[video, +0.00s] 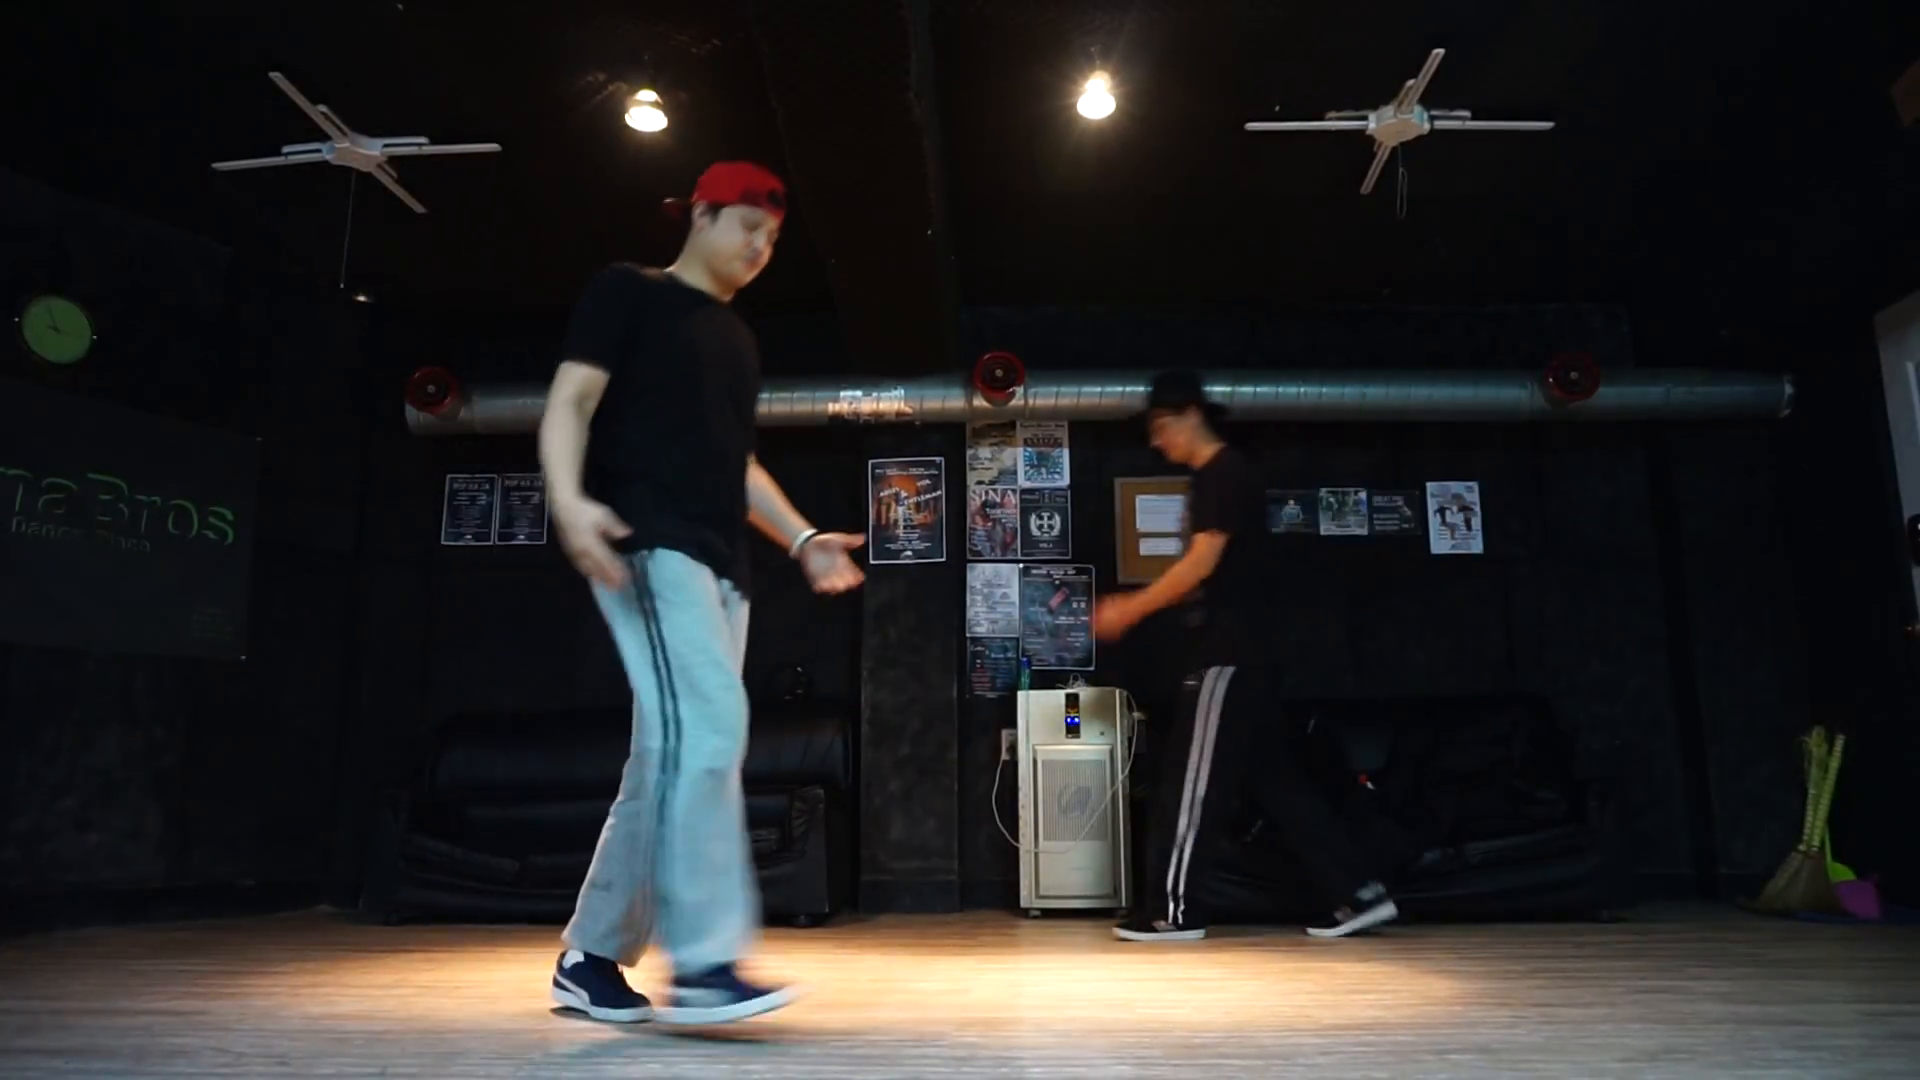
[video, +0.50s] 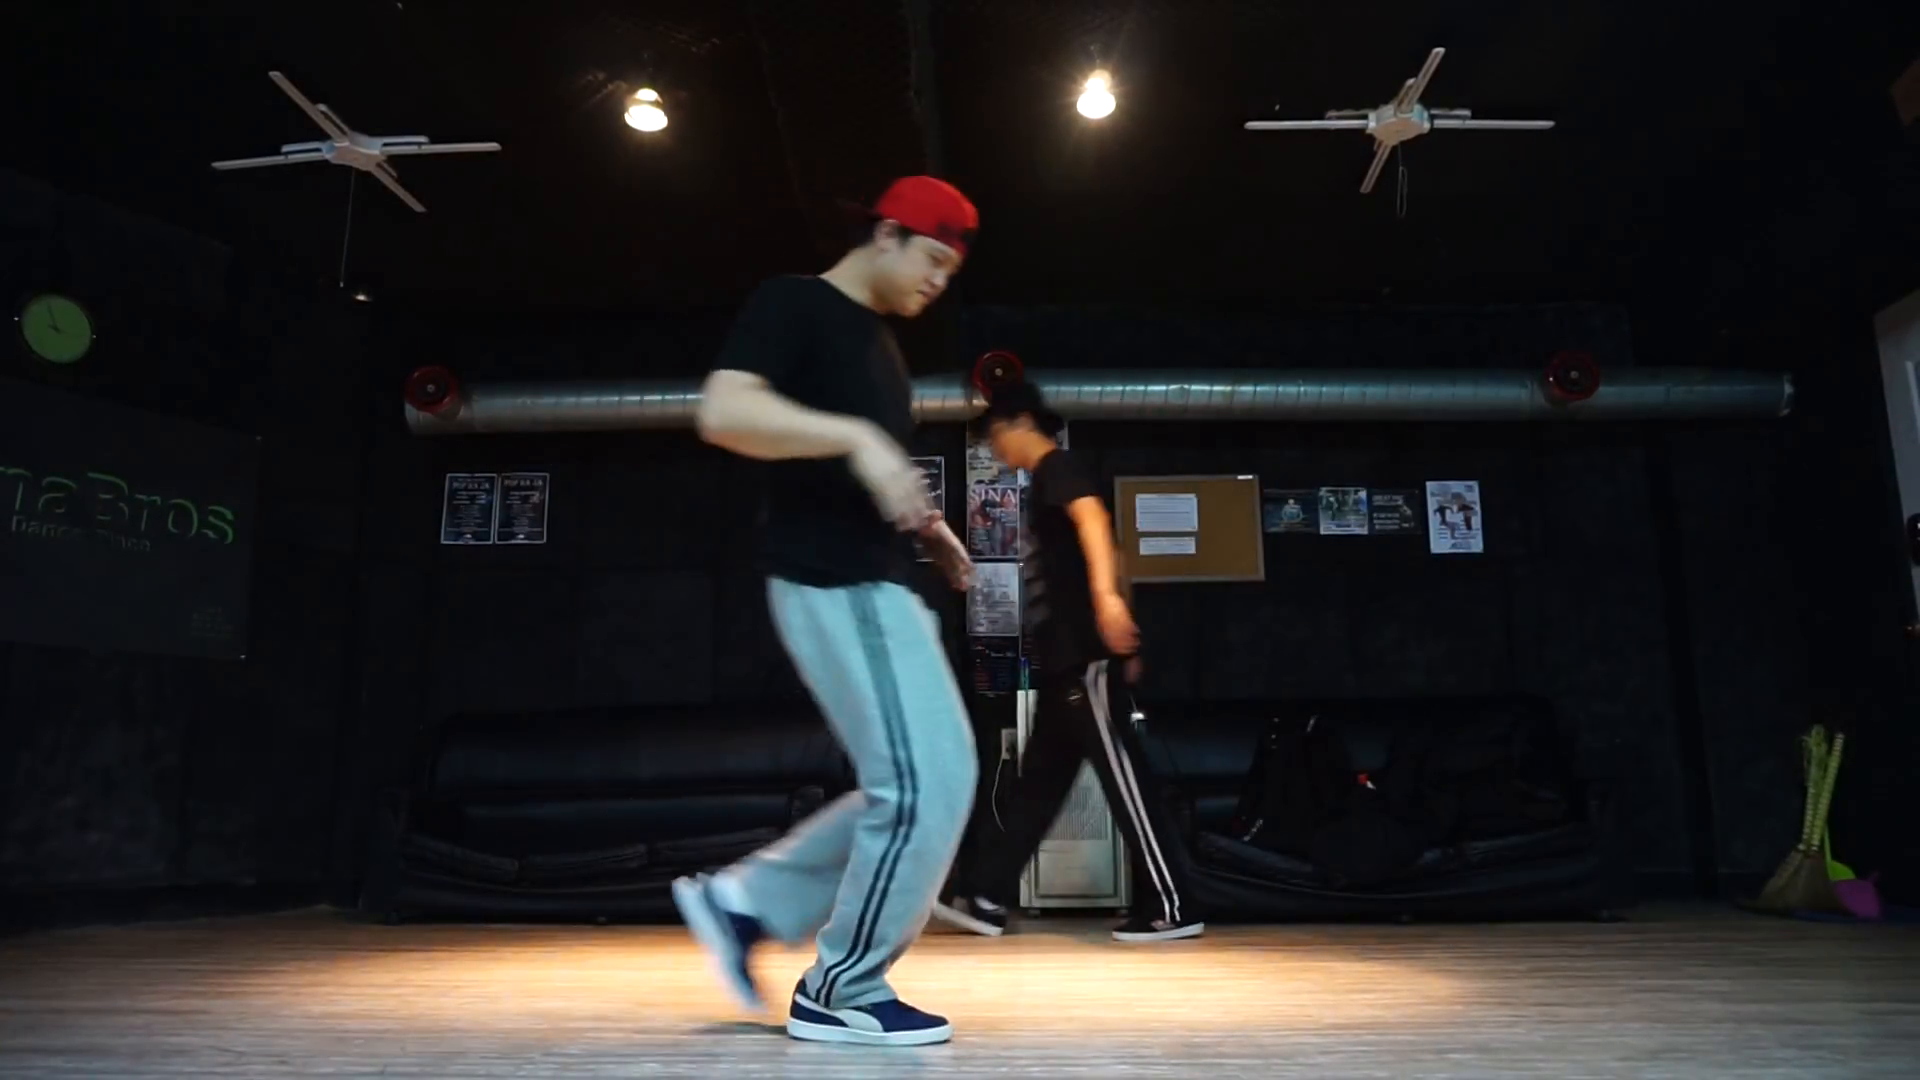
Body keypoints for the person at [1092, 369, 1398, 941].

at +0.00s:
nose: (1160, 442)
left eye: (1164, 428)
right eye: (1156, 431)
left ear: (1194, 417)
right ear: (1178, 424)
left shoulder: (1225, 474)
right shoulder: (1220, 473)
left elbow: (1200, 562)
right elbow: (1202, 564)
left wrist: (1130, 608)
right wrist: (1137, 604)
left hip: (1229, 649)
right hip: (1236, 645)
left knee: (1192, 779)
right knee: (1271, 774)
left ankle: (1171, 912)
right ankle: (1360, 894)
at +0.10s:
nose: (1118, 447)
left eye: (1121, 432)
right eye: (1113, 435)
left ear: (1151, 419)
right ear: (1149, 424)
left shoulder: (1185, 474)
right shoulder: (1185, 473)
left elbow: (1171, 566)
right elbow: (1173, 569)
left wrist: (1141, 649)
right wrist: (1142, 651)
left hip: (1201, 651)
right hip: (1200, 649)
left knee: (1173, 780)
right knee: (1204, 778)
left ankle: (1170, 913)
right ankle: (1317, 862)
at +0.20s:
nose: (1084, 441)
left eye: (1087, 428)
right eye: (1081, 430)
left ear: (1117, 416)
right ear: (1115, 419)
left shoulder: (1150, 470)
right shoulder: (1145, 469)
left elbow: (1154, 558)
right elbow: (1152, 559)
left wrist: (1161, 642)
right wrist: (1158, 644)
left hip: (1167, 652)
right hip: (1156, 650)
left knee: (1160, 783)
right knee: (1160, 779)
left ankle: (1171, 912)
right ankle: (1252, 848)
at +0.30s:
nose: (1057, 432)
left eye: (1060, 419)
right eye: (1053, 421)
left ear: (1088, 409)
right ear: (1080, 414)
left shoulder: (1123, 465)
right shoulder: (1100, 470)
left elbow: (1146, 541)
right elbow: (1121, 555)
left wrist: (1162, 621)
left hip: (1139, 645)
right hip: (1115, 646)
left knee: (1148, 774)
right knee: (1099, 761)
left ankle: (1170, 909)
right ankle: (1171, 873)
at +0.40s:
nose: (1028, 436)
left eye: (1032, 422)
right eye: (1025, 425)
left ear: (1059, 412)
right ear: (1055, 418)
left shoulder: (1093, 463)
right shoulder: (1078, 471)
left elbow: (1127, 529)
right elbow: (1109, 557)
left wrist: (1145, 605)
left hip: (1113, 644)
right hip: (1091, 646)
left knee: (1137, 777)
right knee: (1065, 764)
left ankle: (1169, 909)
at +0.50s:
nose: (996, 451)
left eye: (997, 437)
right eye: (992, 440)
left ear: (1021, 426)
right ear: (1023, 429)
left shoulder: (1060, 470)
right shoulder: (1046, 480)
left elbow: (1095, 526)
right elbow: (1091, 562)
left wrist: (1106, 598)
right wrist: (1121, 640)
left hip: (1084, 651)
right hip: (1063, 655)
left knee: (1125, 779)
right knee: (1039, 781)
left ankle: (1170, 908)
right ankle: (985, 895)